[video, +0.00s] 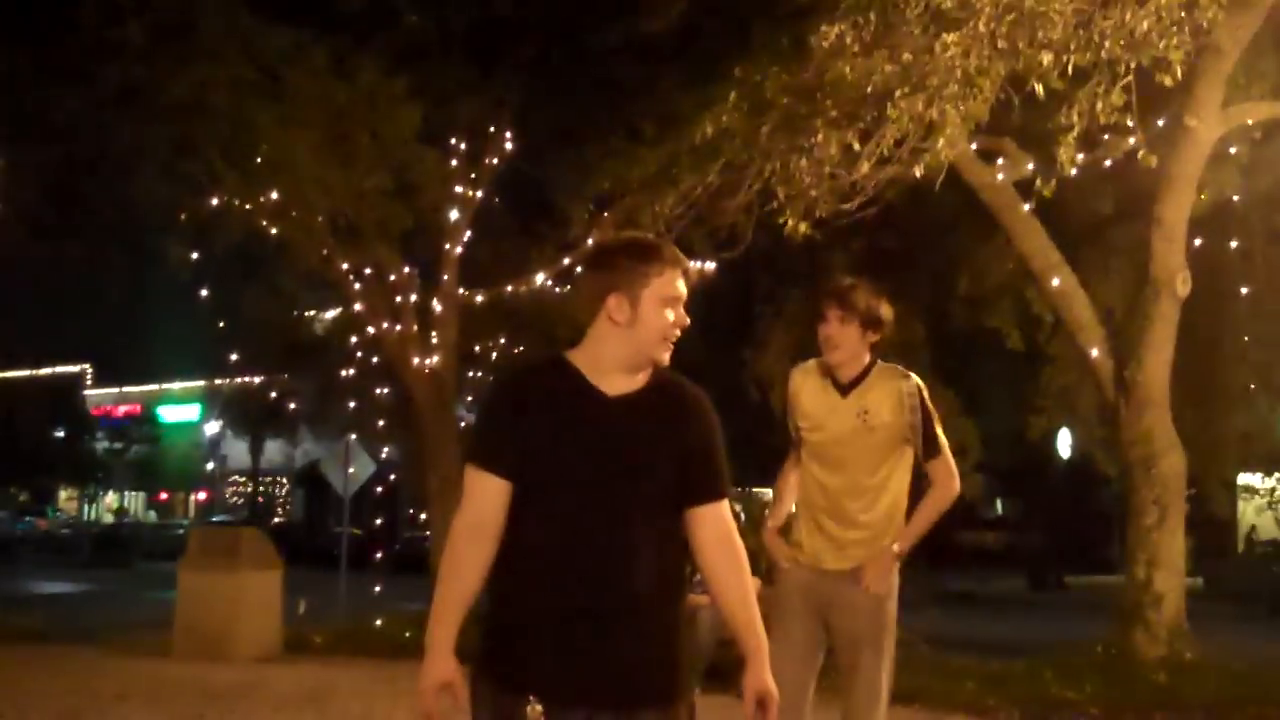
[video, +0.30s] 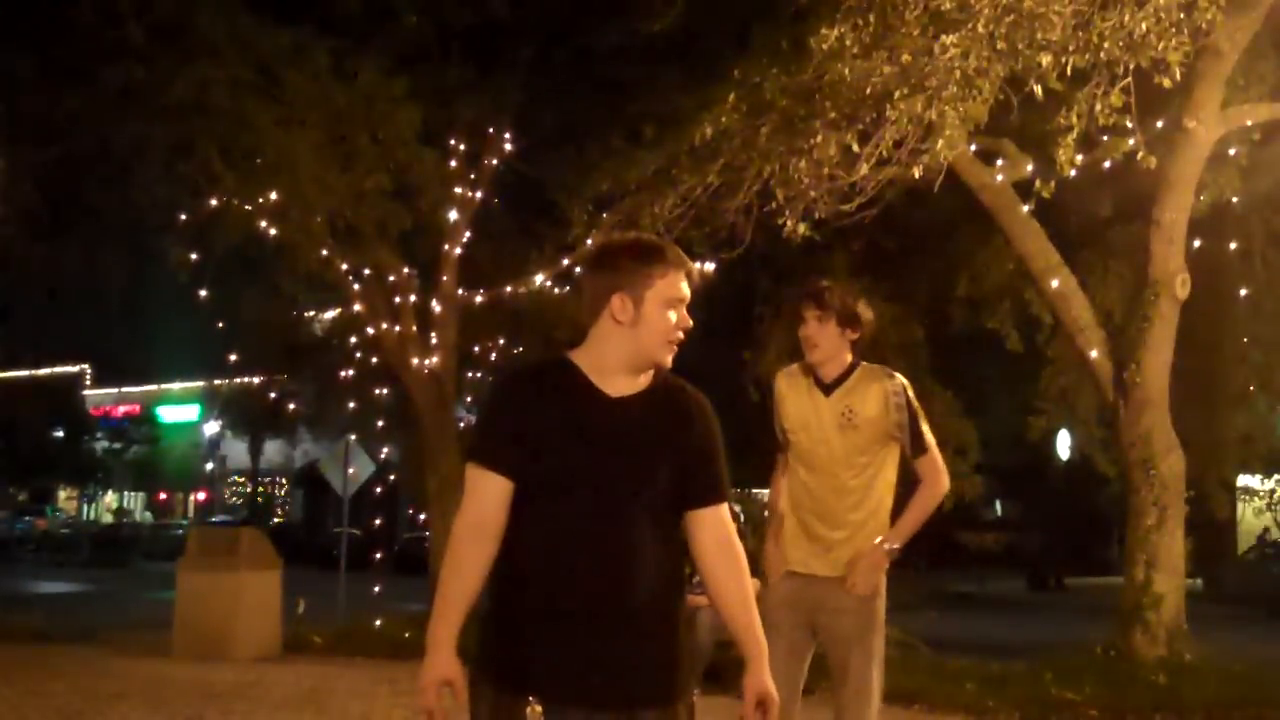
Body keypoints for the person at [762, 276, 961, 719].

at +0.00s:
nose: (826, 330)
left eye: (841, 321)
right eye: (824, 319)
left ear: (872, 333)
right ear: (818, 324)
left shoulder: (903, 390)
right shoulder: (801, 380)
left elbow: (946, 483)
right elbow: (797, 458)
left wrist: (894, 552)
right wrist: (771, 526)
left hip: (868, 580)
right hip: (798, 573)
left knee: (864, 711)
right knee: (782, 708)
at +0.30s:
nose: (806, 332)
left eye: (819, 322)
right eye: (803, 322)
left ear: (849, 331)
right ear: (797, 328)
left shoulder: (888, 389)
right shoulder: (786, 384)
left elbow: (936, 480)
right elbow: (783, 462)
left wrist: (884, 550)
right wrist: (772, 539)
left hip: (856, 584)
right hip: (788, 580)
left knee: (857, 711)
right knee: (772, 708)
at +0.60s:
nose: (839, 338)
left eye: (852, 326)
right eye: (839, 325)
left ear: (885, 334)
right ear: (833, 327)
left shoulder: (926, 381)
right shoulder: (823, 390)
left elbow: (982, 456)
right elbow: (810, 469)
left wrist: (931, 532)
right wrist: (816, 539)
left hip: (908, 562)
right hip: (841, 562)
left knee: (918, 692)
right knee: (840, 690)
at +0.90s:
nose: (834, 288)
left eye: (845, 278)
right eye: (835, 278)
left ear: (876, 286)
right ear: (842, 285)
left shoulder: (925, 339)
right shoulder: (828, 344)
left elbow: (982, 411)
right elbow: (830, 413)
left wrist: (937, 481)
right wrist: (833, 474)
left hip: (916, 518)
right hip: (852, 517)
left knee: (924, 655)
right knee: (849, 649)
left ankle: (919, 714)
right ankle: (852, 709)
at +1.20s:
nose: (871, 348)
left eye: (880, 338)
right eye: (871, 337)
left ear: (912, 347)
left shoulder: (955, 396)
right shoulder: (865, 395)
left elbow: (1005, 485)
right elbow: (865, 471)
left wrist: (966, 551)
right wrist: (858, 540)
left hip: (933, 575)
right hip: (872, 571)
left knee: (922, 706)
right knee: (864, 703)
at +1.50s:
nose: (848, 371)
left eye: (859, 364)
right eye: (849, 361)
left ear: (887, 378)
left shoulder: (924, 428)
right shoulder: (834, 410)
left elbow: (976, 493)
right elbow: (829, 468)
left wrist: (923, 544)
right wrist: (821, 514)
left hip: (888, 577)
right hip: (830, 567)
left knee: (874, 697)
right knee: (812, 687)